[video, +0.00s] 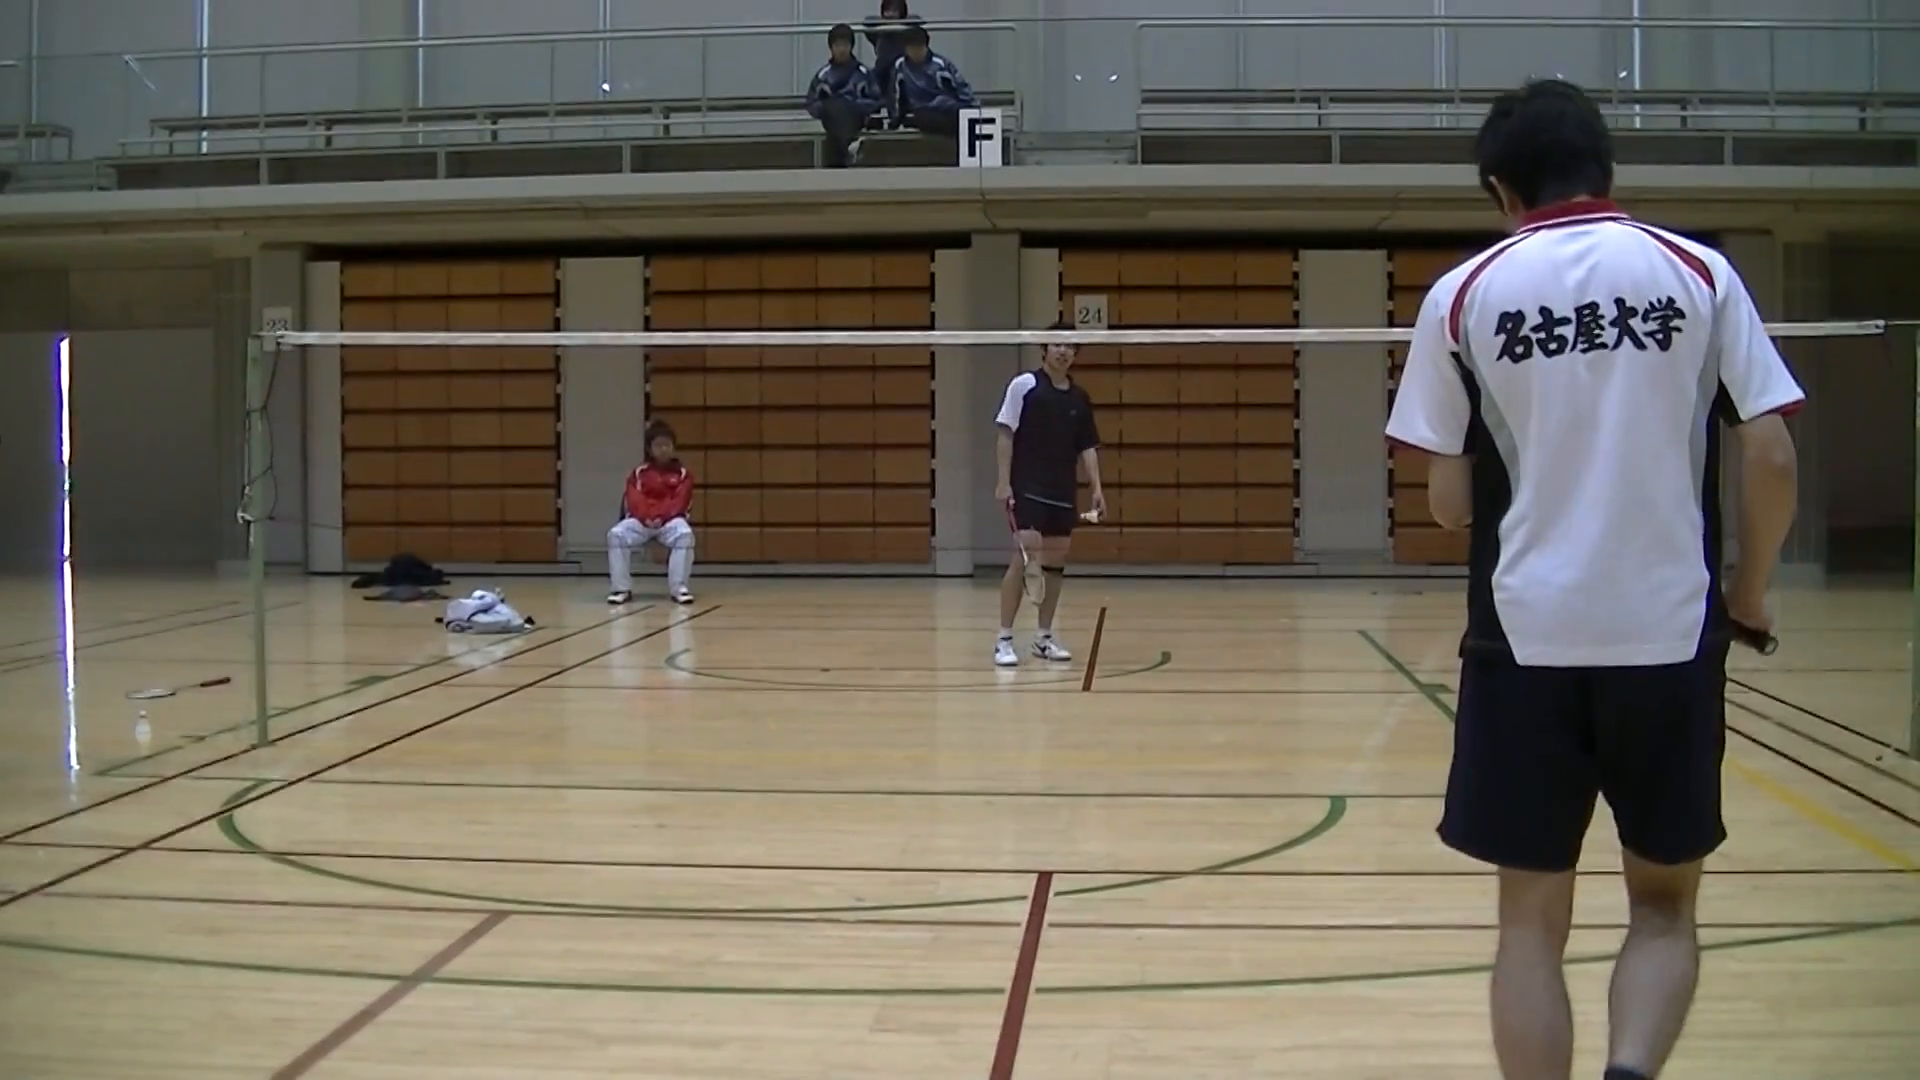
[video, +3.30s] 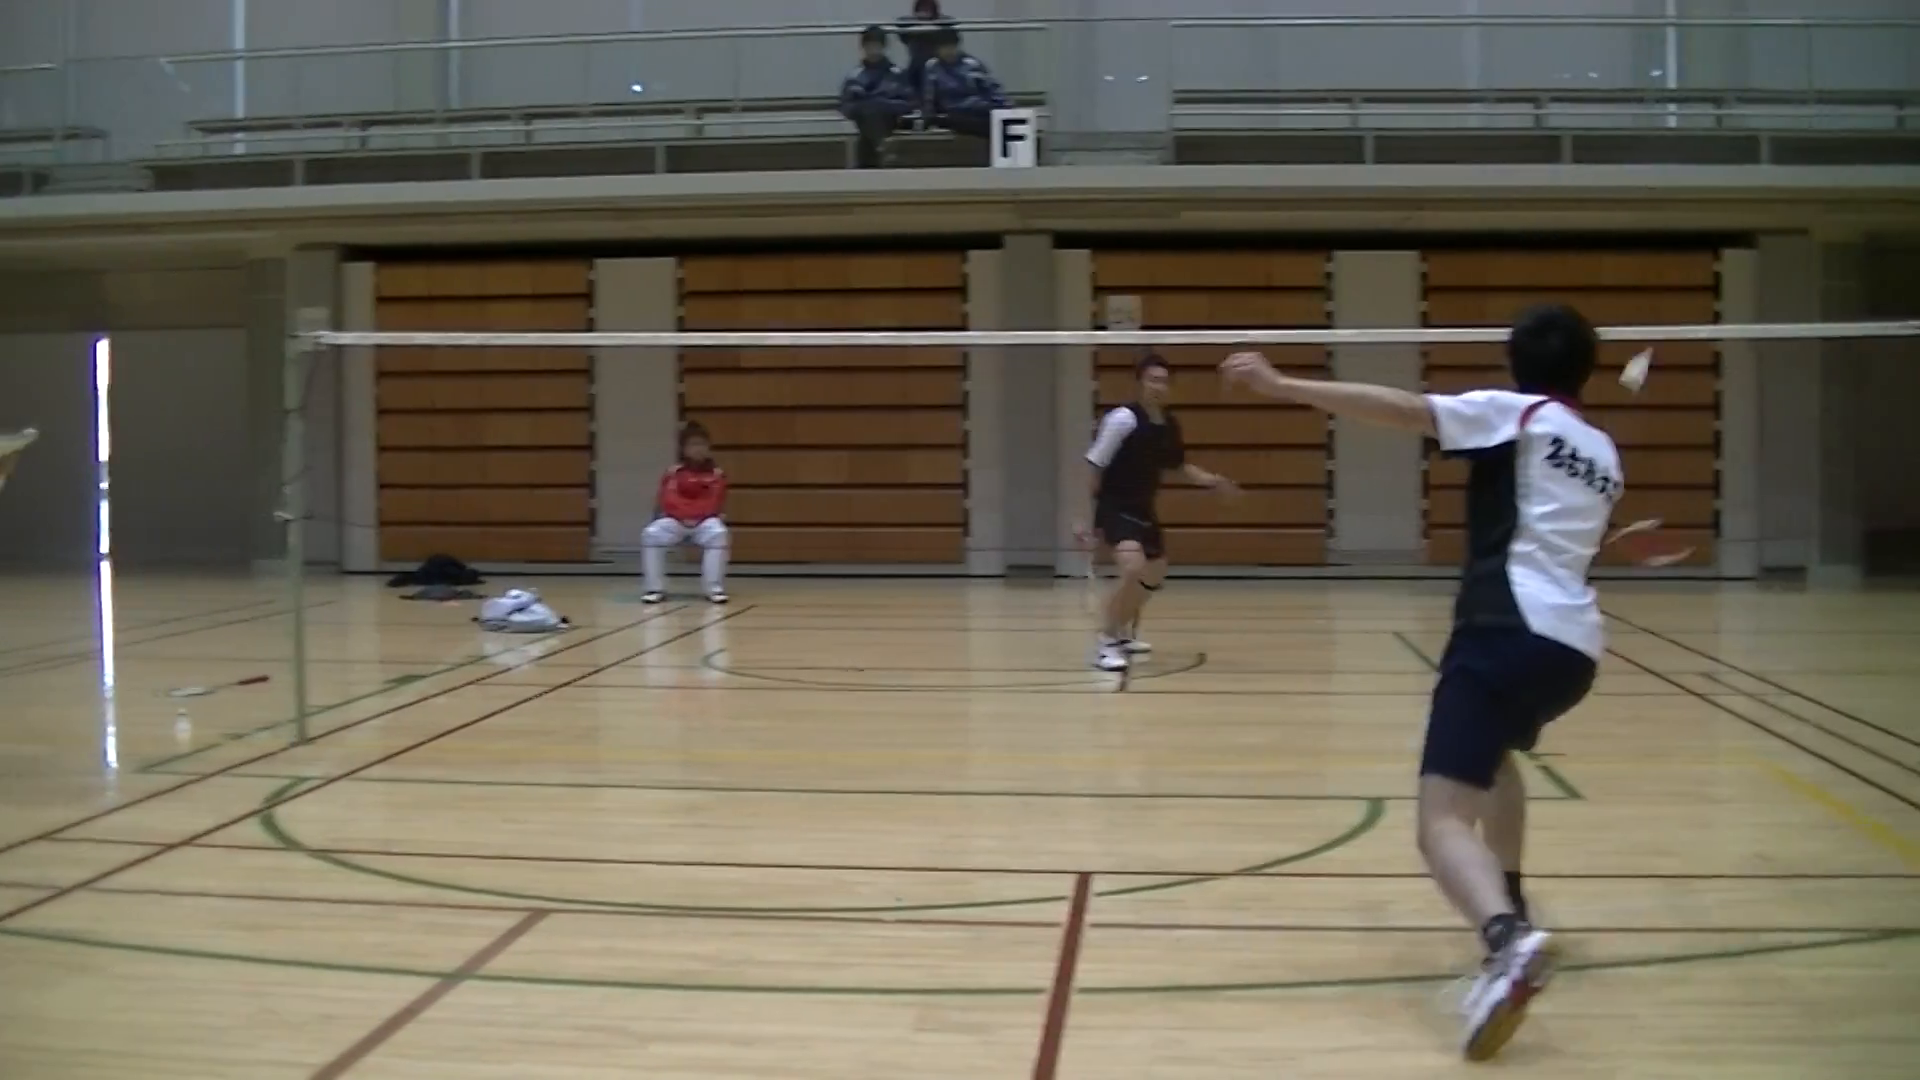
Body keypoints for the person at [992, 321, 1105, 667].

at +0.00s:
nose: (1062, 352)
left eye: (1068, 347)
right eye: (1056, 346)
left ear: (1075, 353)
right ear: (1044, 350)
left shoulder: (1078, 397)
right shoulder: (1023, 385)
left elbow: (1088, 447)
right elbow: (1004, 434)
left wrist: (1096, 488)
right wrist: (1003, 482)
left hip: (1062, 488)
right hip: (1026, 485)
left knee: (1056, 562)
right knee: (1025, 556)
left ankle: (1044, 637)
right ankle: (1004, 639)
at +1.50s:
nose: (1068, 358)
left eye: (1073, 353)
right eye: (1062, 351)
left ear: (1078, 359)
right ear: (1048, 352)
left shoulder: (1082, 398)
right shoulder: (1024, 385)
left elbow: (1105, 432)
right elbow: (992, 425)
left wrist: (1119, 437)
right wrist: (978, 466)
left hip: (1066, 495)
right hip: (1032, 492)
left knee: (1055, 566)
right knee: (1034, 561)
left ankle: (1043, 637)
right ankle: (1028, 645)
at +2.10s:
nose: (1060, 352)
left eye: (1066, 347)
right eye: (1054, 345)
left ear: (1070, 353)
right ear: (1039, 348)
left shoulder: (1073, 394)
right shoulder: (1015, 379)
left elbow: (1099, 418)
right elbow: (967, 392)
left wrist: (1105, 425)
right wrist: (977, 418)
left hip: (1062, 491)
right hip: (1024, 489)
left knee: (1074, 562)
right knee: (1028, 566)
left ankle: (1059, 622)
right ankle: (1026, 646)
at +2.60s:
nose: (1068, 353)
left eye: (1073, 347)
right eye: (1061, 347)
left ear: (1079, 350)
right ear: (1047, 348)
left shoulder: (1083, 392)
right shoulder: (1028, 382)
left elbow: (1094, 442)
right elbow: (1000, 424)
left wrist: (1111, 445)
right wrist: (992, 462)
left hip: (1072, 488)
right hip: (1036, 488)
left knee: (1094, 554)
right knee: (1035, 565)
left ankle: (1072, 617)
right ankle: (1027, 646)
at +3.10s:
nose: (1113, 358)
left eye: (1119, 353)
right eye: (1107, 351)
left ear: (1124, 359)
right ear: (1094, 355)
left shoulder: (1119, 395)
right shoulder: (1073, 389)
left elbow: (1111, 442)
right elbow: (1045, 439)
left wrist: (1135, 471)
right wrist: (1036, 488)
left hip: (1096, 483)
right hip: (1066, 482)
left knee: (1107, 553)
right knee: (1078, 547)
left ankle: (1092, 628)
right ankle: (1057, 635)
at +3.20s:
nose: (1124, 364)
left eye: (1130, 359)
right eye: (1118, 357)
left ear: (1136, 365)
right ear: (1105, 360)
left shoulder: (1131, 400)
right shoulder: (1087, 394)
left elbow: (1124, 447)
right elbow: (1058, 447)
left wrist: (1152, 475)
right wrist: (1051, 499)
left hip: (1108, 491)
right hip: (1080, 489)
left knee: (1120, 551)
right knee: (1094, 552)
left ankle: (1098, 625)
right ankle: (1073, 638)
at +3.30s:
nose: (1159, 387)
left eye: (1164, 381)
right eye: (1153, 380)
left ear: (1169, 386)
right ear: (1139, 383)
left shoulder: (1168, 423)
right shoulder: (1122, 420)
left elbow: (1178, 466)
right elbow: (1092, 468)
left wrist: (1211, 480)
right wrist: (1085, 520)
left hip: (1143, 508)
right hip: (1115, 506)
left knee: (1155, 572)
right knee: (1133, 565)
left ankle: (1122, 631)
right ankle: (1108, 641)